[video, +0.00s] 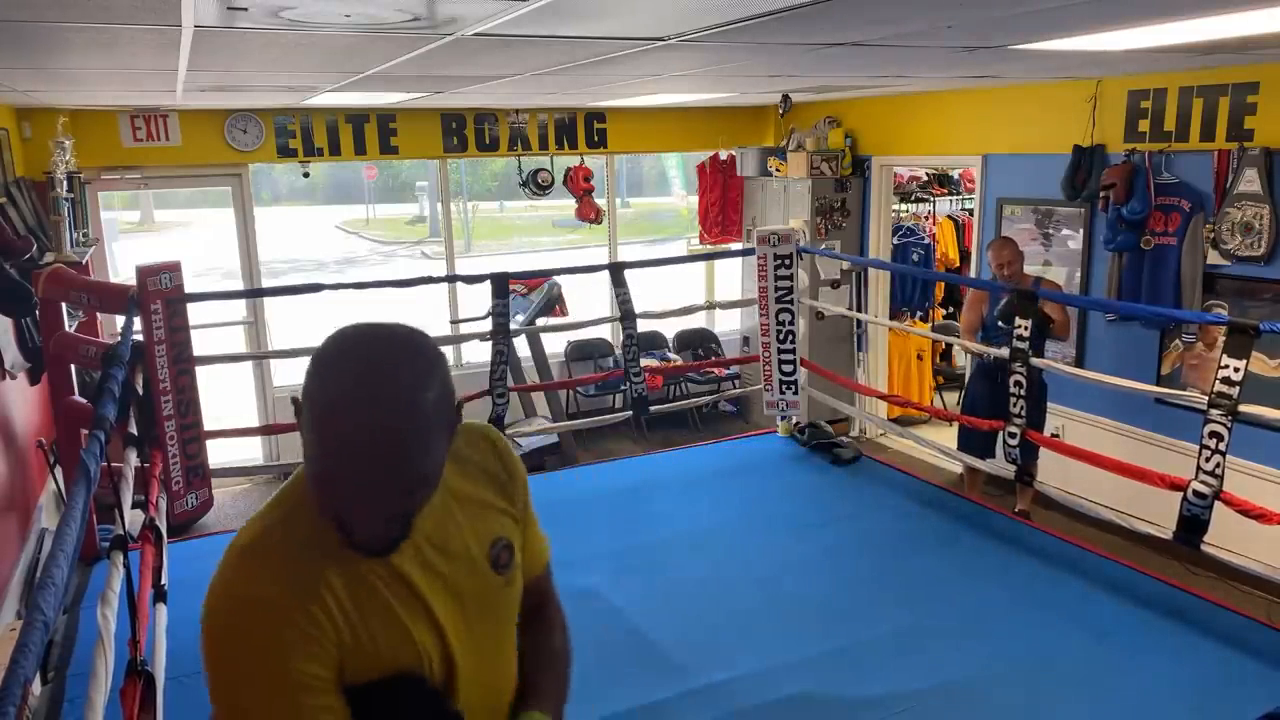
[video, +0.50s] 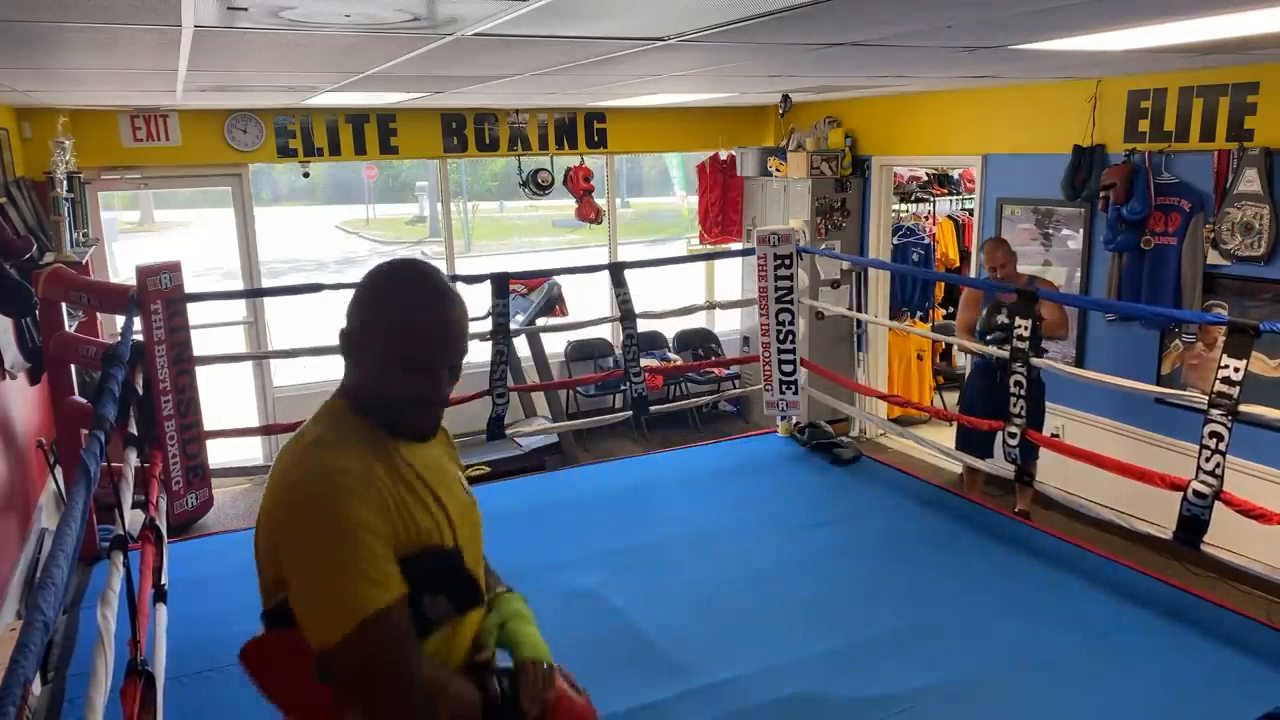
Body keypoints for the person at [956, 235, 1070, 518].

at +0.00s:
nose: (1005, 272)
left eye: (1010, 264)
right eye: (998, 267)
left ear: (1022, 259)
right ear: (990, 266)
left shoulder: (1047, 289)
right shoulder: (980, 292)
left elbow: (1063, 333)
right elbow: (967, 338)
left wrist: (1038, 316)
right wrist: (986, 352)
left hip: (1028, 382)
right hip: (987, 380)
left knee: (1027, 451)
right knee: (974, 447)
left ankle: (1022, 515)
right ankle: (970, 506)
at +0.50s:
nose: (998, 275)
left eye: (1002, 267)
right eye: (991, 270)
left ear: (1014, 260)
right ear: (984, 267)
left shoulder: (1041, 287)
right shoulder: (976, 291)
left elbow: (1061, 329)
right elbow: (963, 334)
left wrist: (1025, 326)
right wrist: (984, 348)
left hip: (1026, 380)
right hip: (984, 377)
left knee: (1026, 449)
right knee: (974, 446)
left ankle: (1023, 514)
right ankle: (970, 507)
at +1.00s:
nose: (998, 274)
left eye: (1002, 267)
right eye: (991, 270)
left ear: (1013, 260)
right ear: (982, 267)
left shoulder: (1037, 286)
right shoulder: (974, 290)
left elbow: (1054, 331)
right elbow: (961, 335)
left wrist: (1013, 329)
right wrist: (984, 346)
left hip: (1025, 379)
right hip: (984, 377)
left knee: (1026, 448)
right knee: (974, 445)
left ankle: (1022, 513)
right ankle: (971, 506)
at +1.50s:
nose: (999, 274)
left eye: (1003, 266)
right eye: (991, 269)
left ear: (1013, 260)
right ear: (983, 267)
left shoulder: (1038, 286)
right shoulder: (973, 293)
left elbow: (1061, 328)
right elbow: (962, 341)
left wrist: (1021, 330)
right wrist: (985, 347)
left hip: (1025, 380)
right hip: (984, 379)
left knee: (1027, 449)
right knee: (975, 448)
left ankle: (1022, 514)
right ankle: (971, 507)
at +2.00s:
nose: (1002, 274)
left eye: (1006, 266)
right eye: (994, 268)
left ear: (1018, 259)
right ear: (984, 266)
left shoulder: (1040, 286)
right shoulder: (976, 290)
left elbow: (1057, 331)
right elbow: (960, 335)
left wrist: (1016, 330)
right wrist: (980, 348)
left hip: (1025, 380)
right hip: (983, 378)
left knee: (1026, 448)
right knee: (974, 445)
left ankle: (1022, 513)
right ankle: (971, 505)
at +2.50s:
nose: (1014, 272)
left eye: (1020, 265)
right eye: (1008, 266)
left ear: (1027, 262)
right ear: (995, 262)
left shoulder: (1043, 287)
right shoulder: (978, 289)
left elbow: (1056, 333)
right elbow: (952, 330)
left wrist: (1016, 329)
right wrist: (985, 331)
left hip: (1025, 381)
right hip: (984, 378)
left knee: (1026, 449)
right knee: (974, 446)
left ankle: (1022, 514)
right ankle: (969, 507)